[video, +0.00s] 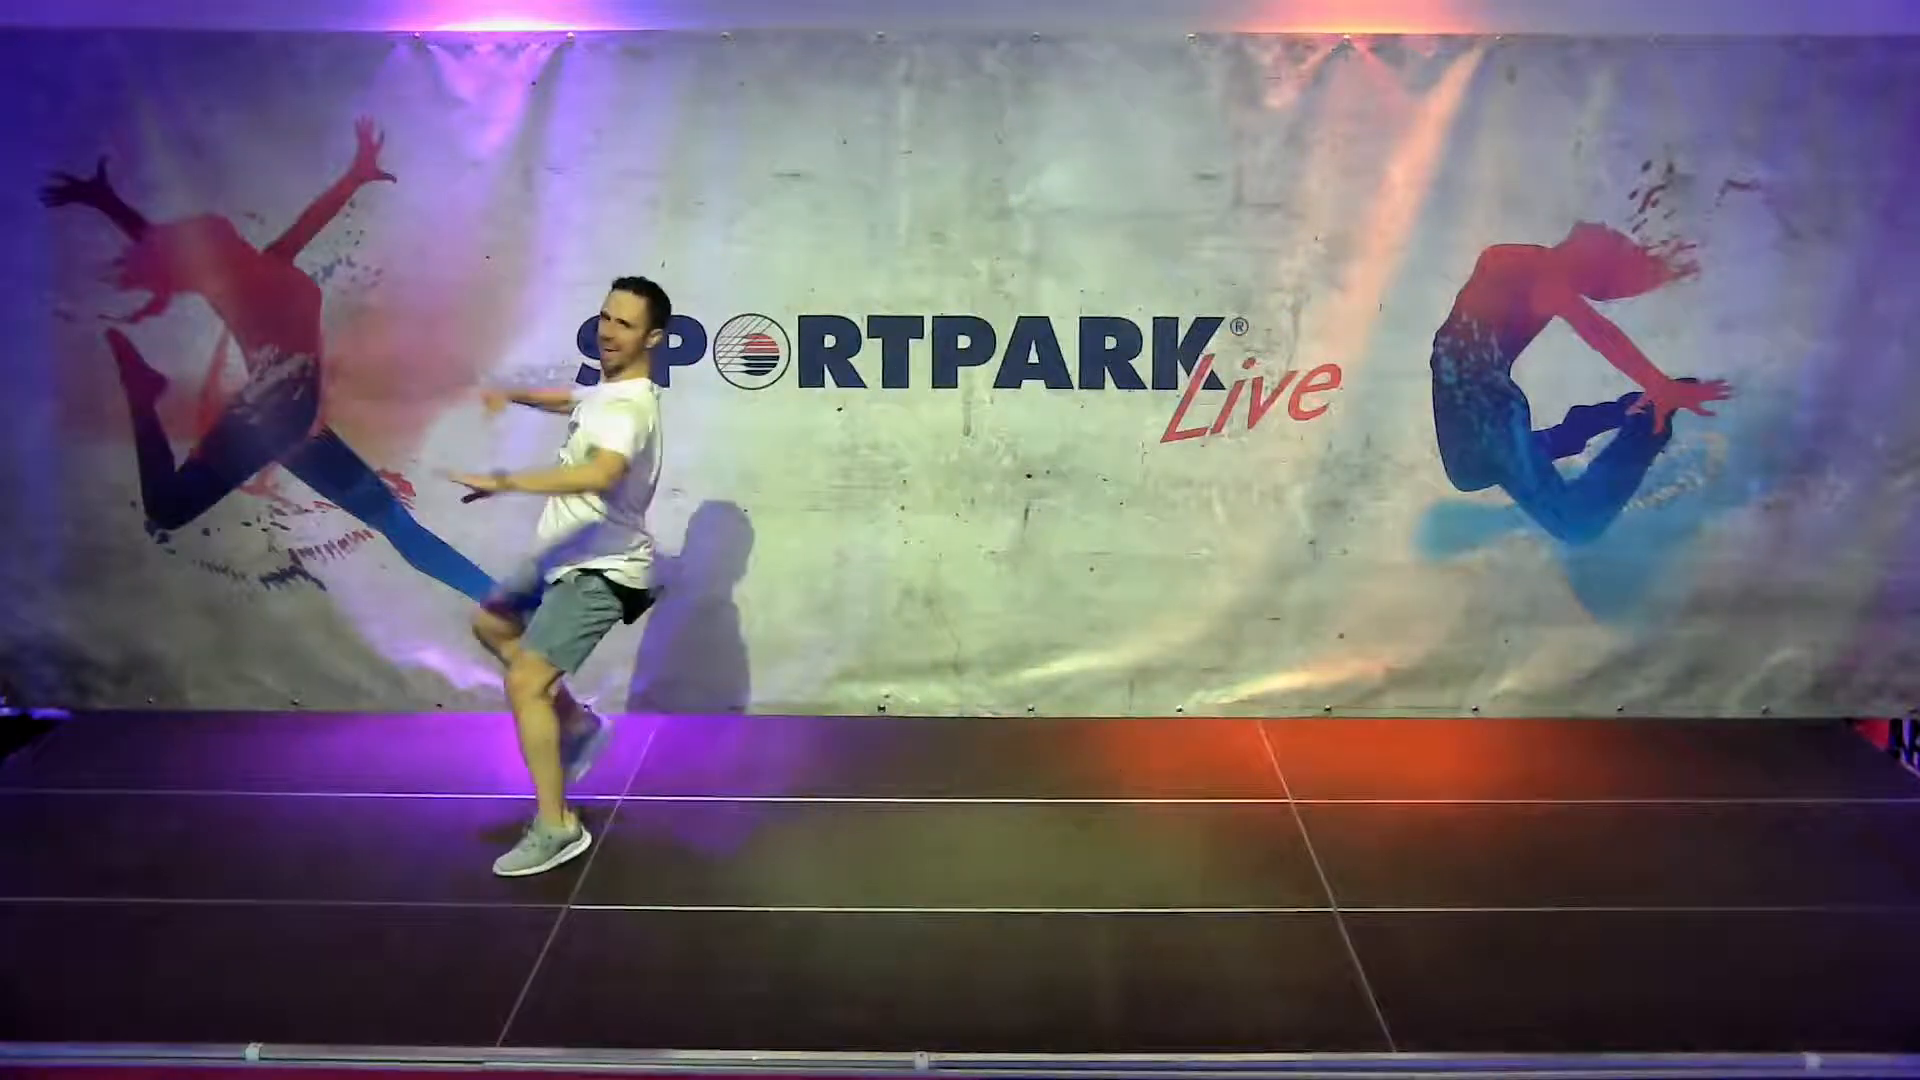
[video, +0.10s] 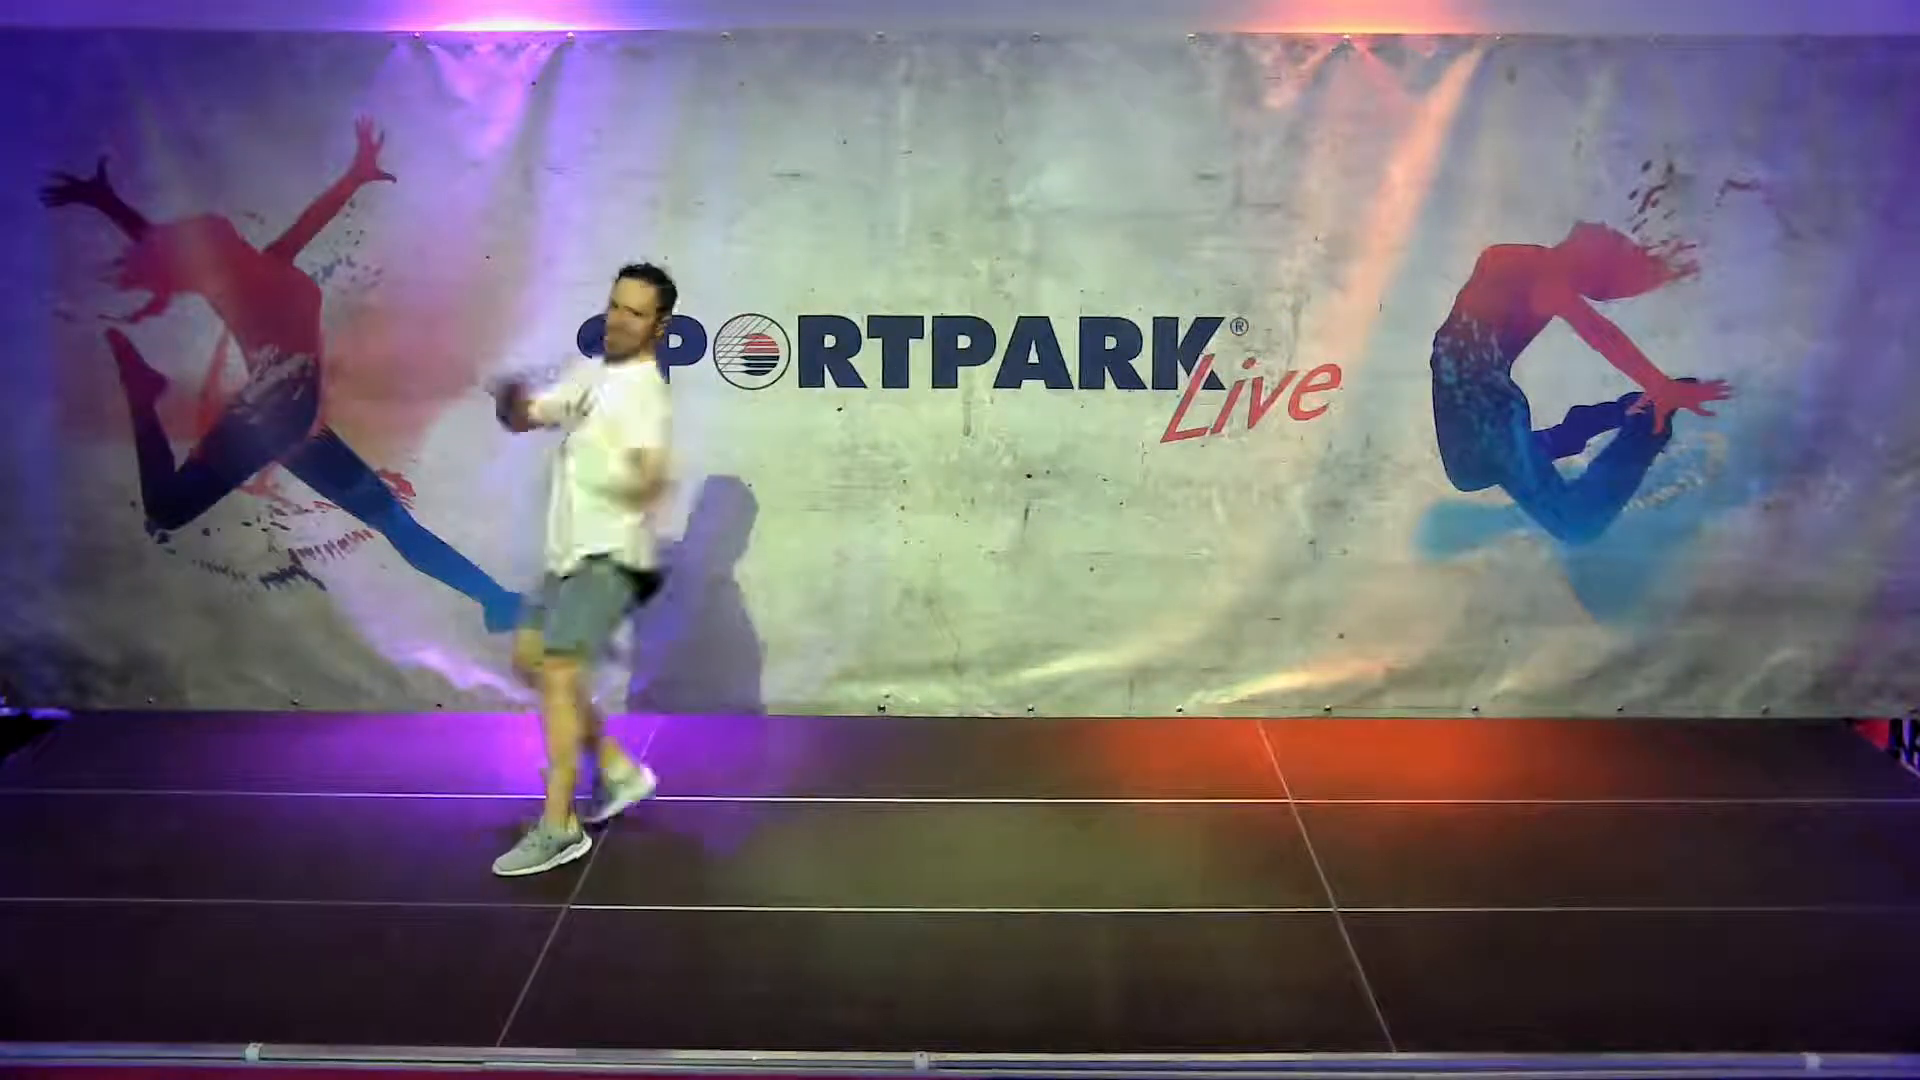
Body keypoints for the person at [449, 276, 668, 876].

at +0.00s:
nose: (607, 332)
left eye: (622, 325)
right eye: (606, 319)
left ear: (652, 338)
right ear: (603, 322)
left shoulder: (630, 404)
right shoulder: (611, 387)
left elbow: (602, 472)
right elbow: (574, 402)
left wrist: (507, 483)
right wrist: (513, 394)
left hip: (605, 568)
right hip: (571, 555)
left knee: (527, 681)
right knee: (492, 623)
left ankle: (556, 824)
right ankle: (575, 723)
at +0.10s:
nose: (618, 320)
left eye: (633, 313)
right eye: (615, 308)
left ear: (659, 326)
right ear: (607, 309)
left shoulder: (645, 386)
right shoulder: (591, 376)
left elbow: (650, 481)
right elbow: (527, 417)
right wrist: (514, 401)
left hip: (609, 553)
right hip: (571, 549)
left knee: (561, 672)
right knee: (531, 656)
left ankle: (558, 825)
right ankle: (620, 771)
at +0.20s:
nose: (656, 294)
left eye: (666, 286)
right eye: (648, 281)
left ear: (674, 295)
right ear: (620, 279)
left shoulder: (679, 358)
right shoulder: (574, 341)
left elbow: (725, 443)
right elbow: (526, 416)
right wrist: (565, 439)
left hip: (640, 531)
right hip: (576, 527)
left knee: (613, 658)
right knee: (565, 648)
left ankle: (586, 801)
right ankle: (626, 770)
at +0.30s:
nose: (694, 278)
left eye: (698, 267)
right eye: (685, 266)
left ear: (691, 270)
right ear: (646, 265)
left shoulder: (701, 340)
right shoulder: (589, 336)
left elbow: (779, 370)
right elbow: (553, 427)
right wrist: (589, 494)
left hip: (666, 515)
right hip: (593, 511)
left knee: (657, 640)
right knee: (592, 643)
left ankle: (650, 775)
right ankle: (606, 764)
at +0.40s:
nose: (726, 283)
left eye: (725, 272)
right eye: (717, 271)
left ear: (708, 277)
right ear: (682, 273)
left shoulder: (713, 347)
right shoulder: (631, 353)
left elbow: (759, 314)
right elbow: (602, 451)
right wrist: (621, 531)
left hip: (694, 525)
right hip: (626, 527)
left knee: (713, 633)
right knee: (604, 643)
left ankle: (694, 753)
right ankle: (578, 762)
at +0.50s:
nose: (744, 289)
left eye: (742, 277)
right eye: (737, 278)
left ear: (702, 287)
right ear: (713, 286)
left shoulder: (712, 349)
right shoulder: (677, 369)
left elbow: (728, 290)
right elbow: (650, 469)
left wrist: (745, 239)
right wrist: (658, 557)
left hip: (704, 528)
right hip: (648, 533)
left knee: (737, 632)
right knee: (619, 649)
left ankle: (709, 748)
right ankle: (580, 761)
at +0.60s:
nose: (789, 296)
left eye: (786, 286)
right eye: (786, 287)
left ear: (735, 285)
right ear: (774, 291)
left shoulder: (693, 326)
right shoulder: (759, 371)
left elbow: (643, 286)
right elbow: (773, 482)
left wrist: (688, 267)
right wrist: (805, 565)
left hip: (699, 508)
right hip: (731, 518)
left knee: (730, 635)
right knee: (718, 644)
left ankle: (706, 754)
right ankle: (619, 742)